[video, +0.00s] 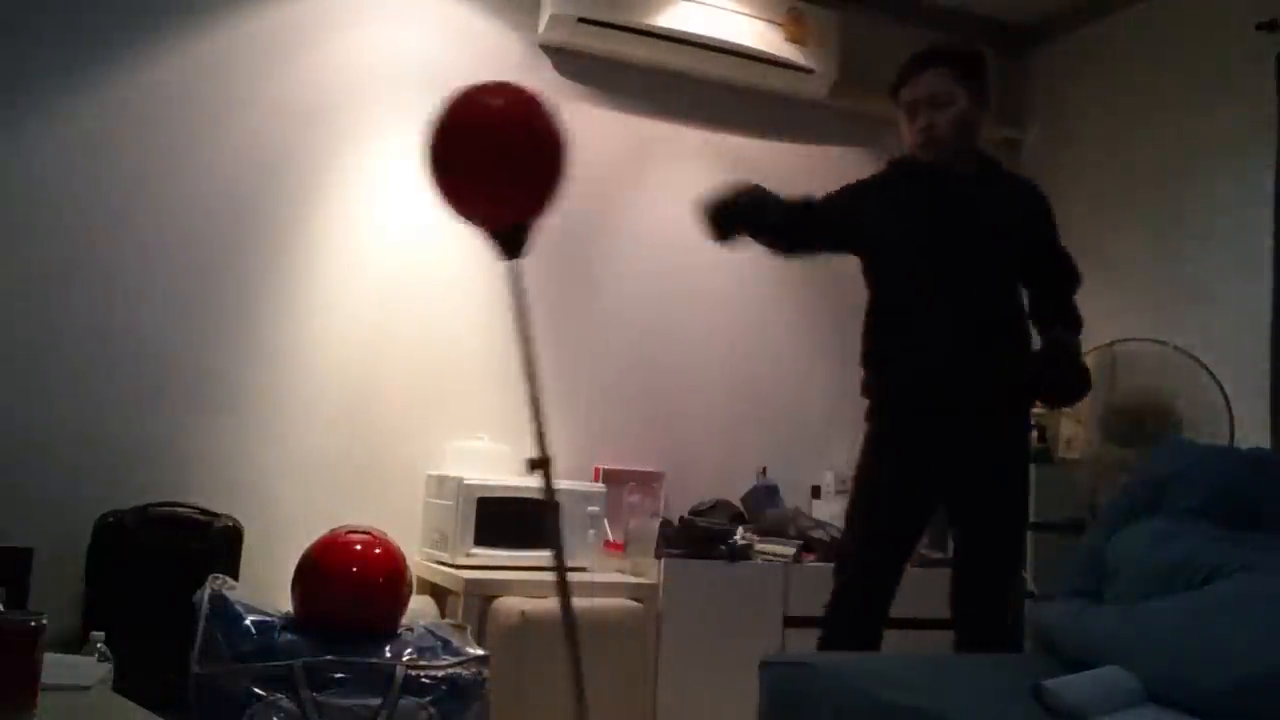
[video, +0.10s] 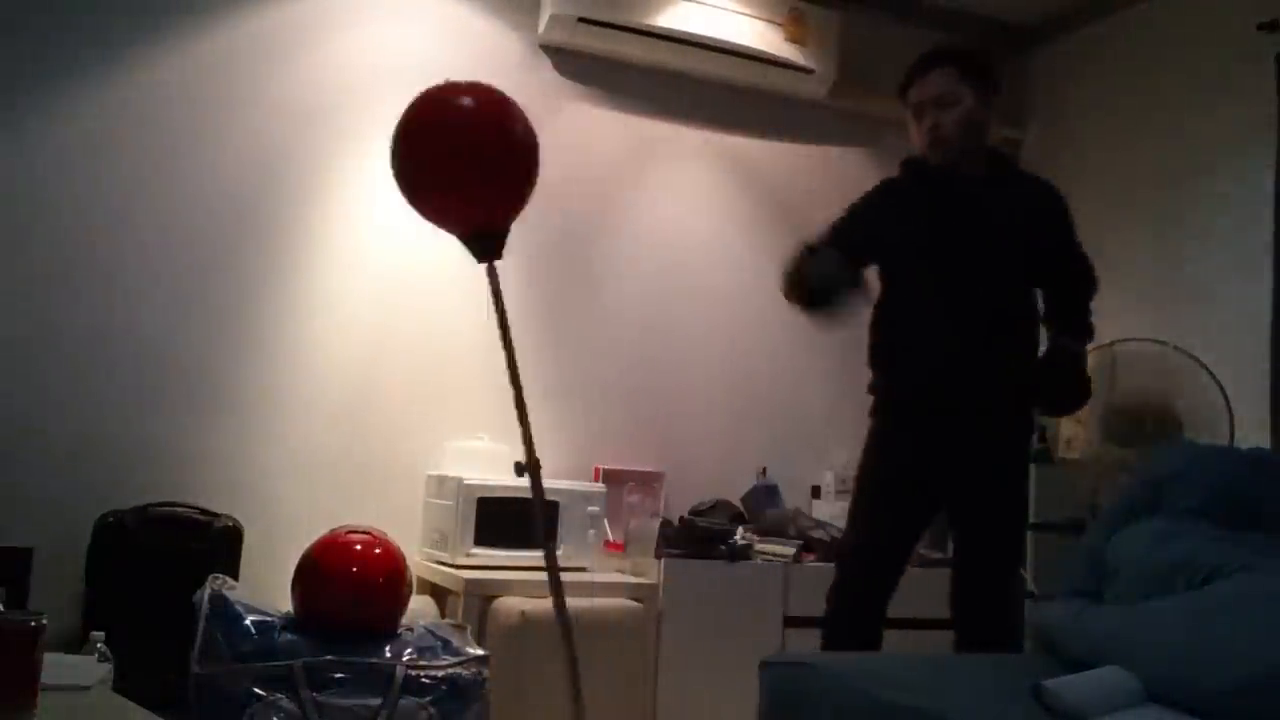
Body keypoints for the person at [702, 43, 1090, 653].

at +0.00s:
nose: (923, 121)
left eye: (938, 104)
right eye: (910, 111)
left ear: (976, 109)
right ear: (899, 124)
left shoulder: (1017, 199)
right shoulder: (886, 195)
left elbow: (1053, 286)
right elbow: (810, 223)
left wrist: (1062, 356)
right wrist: (751, 211)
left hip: (994, 419)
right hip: (904, 418)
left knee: (989, 594)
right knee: (861, 585)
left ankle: (990, 712)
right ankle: (829, 710)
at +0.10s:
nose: (931, 120)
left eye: (946, 104)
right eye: (919, 110)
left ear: (984, 108)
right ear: (909, 124)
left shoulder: (1031, 199)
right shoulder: (897, 197)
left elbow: (1071, 282)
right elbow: (813, 276)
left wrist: (1066, 355)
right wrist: (823, 274)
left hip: (998, 417)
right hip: (906, 416)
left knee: (989, 590)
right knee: (860, 582)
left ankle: (989, 712)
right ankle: (837, 710)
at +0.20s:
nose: (928, 120)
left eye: (944, 103)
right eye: (918, 109)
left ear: (985, 107)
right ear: (911, 121)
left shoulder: (1036, 202)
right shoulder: (894, 209)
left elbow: (1096, 297)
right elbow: (851, 307)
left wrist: (1058, 372)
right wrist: (851, 377)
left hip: (995, 421)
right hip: (903, 418)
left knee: (986, 600)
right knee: (859, 588)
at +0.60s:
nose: (868, 132)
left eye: (882, 116)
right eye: (867, 119)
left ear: (925, 121)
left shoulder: (975, 199)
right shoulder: (890, 224)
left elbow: (1025, 279)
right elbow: (871, 336)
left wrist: (973, 373)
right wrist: (830, 427)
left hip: (960, 427)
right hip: (898, 430)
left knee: (949, 602)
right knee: (909, 604)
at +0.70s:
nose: (851, 140)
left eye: (865, 127)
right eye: (853, 128)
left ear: (904, 133)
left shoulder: (949, 206)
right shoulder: (884, 220)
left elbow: (970, 328)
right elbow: (877, 344)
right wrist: (835, 433)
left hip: (941, 432)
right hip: (894, 433)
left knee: (931, 599)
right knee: (908, 600)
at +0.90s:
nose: (831, 156)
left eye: (842, 140)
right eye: (828, 145)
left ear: (882, 139)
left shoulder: (927, 207)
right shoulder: (873, 220)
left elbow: (962, 311)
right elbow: (870, 339)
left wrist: (876, 368)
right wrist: (851, 439)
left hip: (918, 423)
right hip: (887, 424)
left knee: (901, 581)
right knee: (892, 579)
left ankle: (930, 700)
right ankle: (924, 700)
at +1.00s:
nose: (821, 158)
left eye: (833, 143)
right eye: (819, 148)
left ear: (874, 143)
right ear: (871, 148)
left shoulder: (908, 210)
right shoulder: (876, 216)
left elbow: (905, 339)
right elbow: (877, 342)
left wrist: (837, 358)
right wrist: (848, 432)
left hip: (909, 427)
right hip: (891, 425)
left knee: (900, 589)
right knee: (897, 587)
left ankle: (931, 712)